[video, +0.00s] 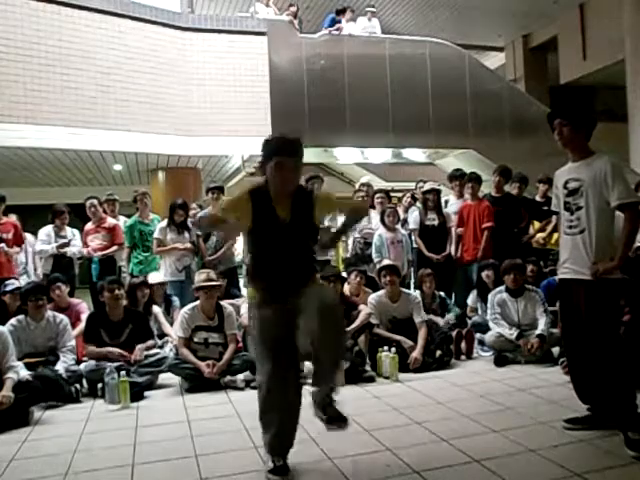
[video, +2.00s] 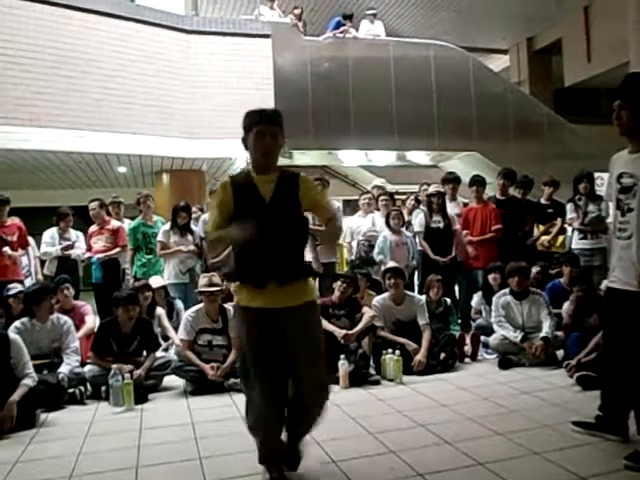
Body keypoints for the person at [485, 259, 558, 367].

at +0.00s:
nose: (513, 278)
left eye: (517, 274)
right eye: (508, 274)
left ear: (523, 276)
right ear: (503, 277)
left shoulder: (535, 293)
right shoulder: (495, 296)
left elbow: (544, 316)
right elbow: (494, 320)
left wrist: (540, 336)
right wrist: (517, 336)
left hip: (531, 332)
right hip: (509, 333)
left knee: (555, 335)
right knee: (491, 338)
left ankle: (514, 357)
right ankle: (538, 355)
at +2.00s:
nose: (517, 280)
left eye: (521, 276)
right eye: (513, 277)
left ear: (528, 279)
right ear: (508, 280)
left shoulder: (539, 296)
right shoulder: (499, 299)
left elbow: (548, 319)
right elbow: (498, 323)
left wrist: (544, 339)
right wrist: (522, 339)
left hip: (535, 335)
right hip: (512, 335)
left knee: (559, 338)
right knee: (495, 341)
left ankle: (519, 360)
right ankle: (542, 358)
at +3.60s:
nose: (517, 280)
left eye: (521, 277)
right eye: (513, 277)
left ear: (527, 278)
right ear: (508, 280)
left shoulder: (539, 296)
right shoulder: (499, 299)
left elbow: (547, 319)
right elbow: (498, 323)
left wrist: (544, 339)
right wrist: (522, 339)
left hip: (535, 335)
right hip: (512, 335)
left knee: (559, 337)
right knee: (495, 341)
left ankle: (519, 360)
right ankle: (542, 358)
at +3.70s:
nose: (517, 281)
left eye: (521, 277)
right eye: (513, 277)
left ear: (528, 278)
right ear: (508, 280)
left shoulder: (539, 296)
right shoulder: (499, 299)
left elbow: (548, 319)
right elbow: (498, 323)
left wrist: (544, 339)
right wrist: (522, 339)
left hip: (535, 334)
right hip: (512, 335)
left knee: (559, 338)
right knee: (495, 341)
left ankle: (519, 360)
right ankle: (542, 358)